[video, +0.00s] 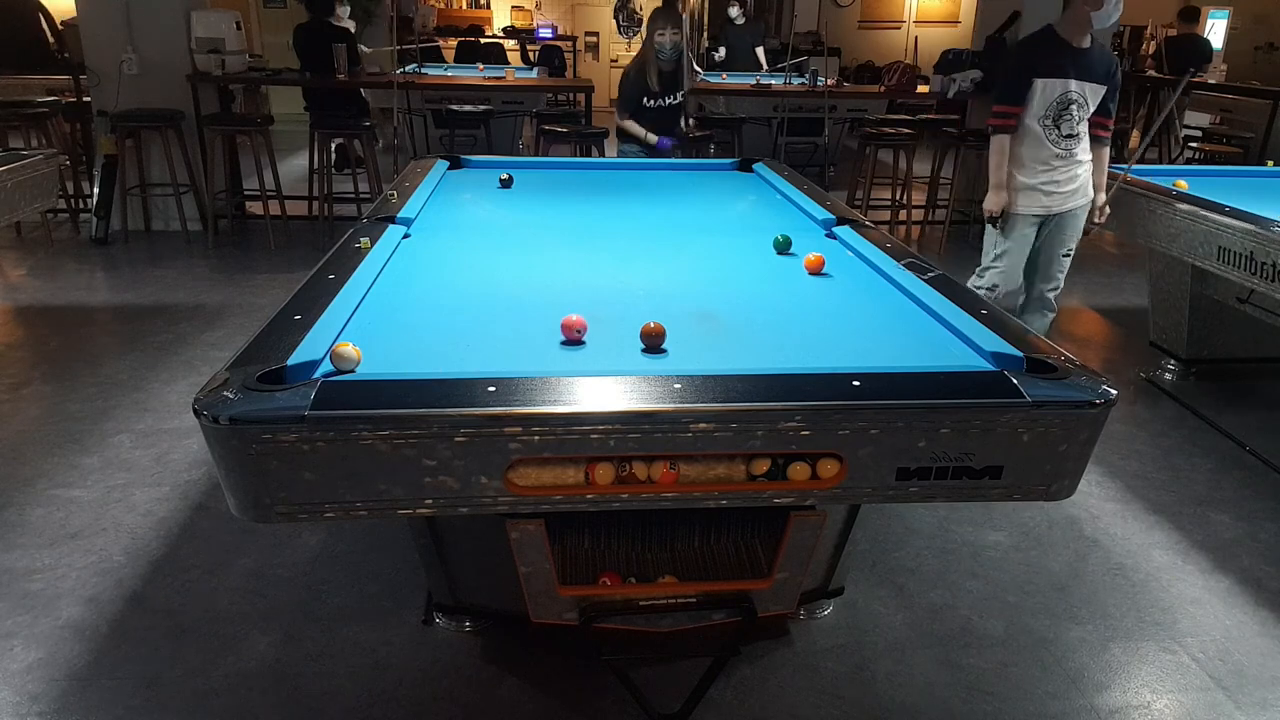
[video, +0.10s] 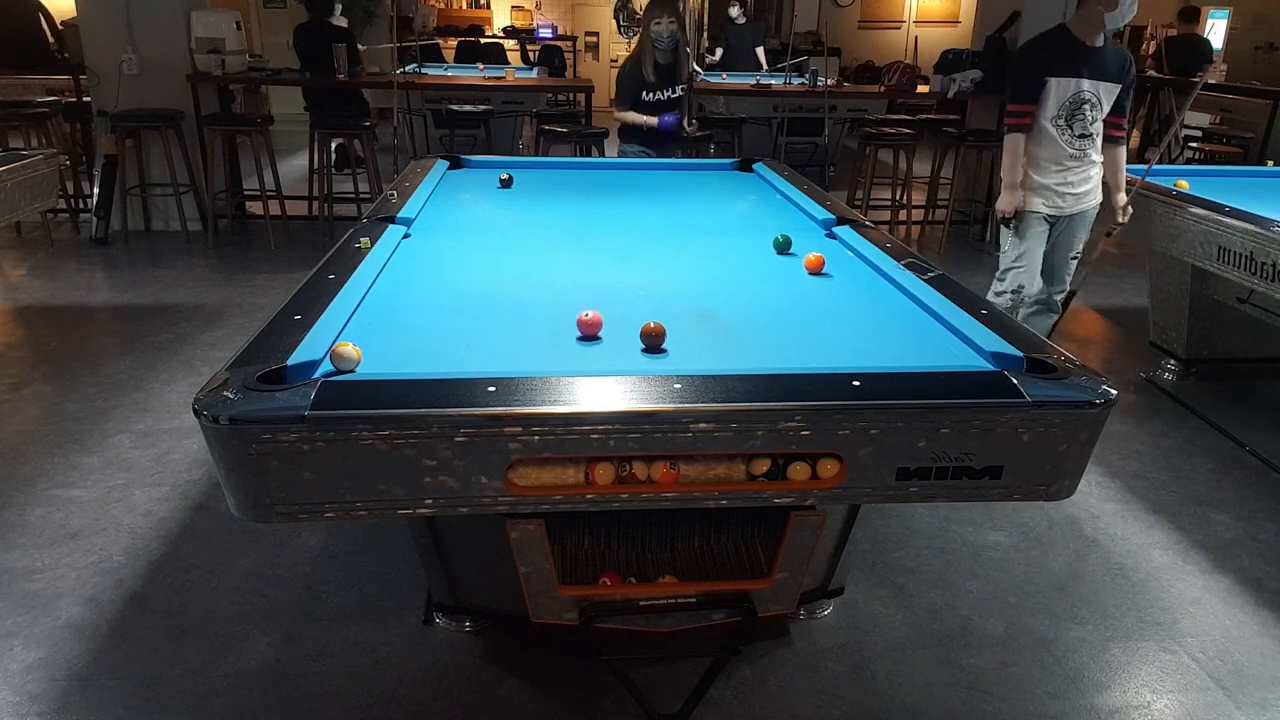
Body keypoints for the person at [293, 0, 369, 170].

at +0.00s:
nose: (340, 9)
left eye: (340, 5)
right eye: (338, 5)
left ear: (308, 7)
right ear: (333, 7)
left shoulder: (299, 31)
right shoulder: (344, 34)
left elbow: (306, 63)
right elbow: (356, 72)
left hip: (314, 102)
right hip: (345, 103)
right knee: (362, 105)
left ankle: (349, 150)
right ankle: (344, 148)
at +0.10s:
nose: (338, 7)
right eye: (336, 4)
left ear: (308, 8)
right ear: (332, 8)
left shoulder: (300, 31)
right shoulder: (344, 34)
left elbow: (306, 64)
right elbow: (357, 73)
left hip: (315, 104)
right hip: (346, 105)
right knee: (362, 105)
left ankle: (351, 150)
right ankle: (344, 148)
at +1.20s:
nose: (340, 10)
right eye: (336, 6)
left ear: (307, 8)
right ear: (329, 8)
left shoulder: (297, 29)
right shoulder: (340, 32)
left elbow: (305, 67)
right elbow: (355, 69)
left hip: (314, 104)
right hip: (345, 105)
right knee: (362, 106)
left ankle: (351, 151)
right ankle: (346, 148)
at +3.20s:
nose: (343, 11)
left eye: (341, 6)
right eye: (338, 7)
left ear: (313, 9)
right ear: (329, 8)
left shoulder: (303, 30)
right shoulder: (339, 31)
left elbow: (307, 70)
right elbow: (356, 69)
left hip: (314, 101)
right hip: (342, 103)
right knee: (362, 108)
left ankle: (348, 149)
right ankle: (346, 148)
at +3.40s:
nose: (340, 9)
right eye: (338, 6)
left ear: (310, 10)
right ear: (336, 9)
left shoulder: (303, 31)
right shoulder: (344, 31)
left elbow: (309, 66)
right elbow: (357, 69)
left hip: (315, 102)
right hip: (346, 103)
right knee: (365, 112)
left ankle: (350, 151)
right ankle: (344, 148)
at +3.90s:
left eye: (307, 6)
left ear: (308, 8)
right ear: (333, 7)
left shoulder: (302, 31)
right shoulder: (343, 30)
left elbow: (306, 64)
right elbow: (357, 70)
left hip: (314, 100)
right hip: (346, 101)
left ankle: (353, 153)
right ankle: (345, 148)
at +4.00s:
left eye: (307, 6)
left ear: (308, 9)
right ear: (333, 7)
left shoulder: (302, 31)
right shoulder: (343, 30)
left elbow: (306, 64)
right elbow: (357, 70)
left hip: (314, 100)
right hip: (346, 101)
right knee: (364, 113)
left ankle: (353, 152)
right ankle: (345, 148)